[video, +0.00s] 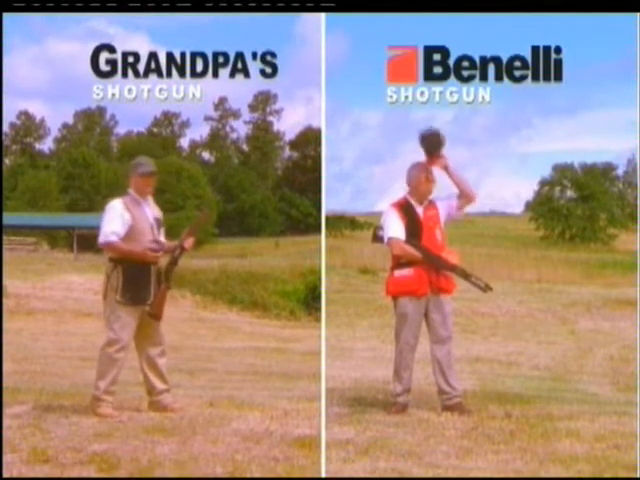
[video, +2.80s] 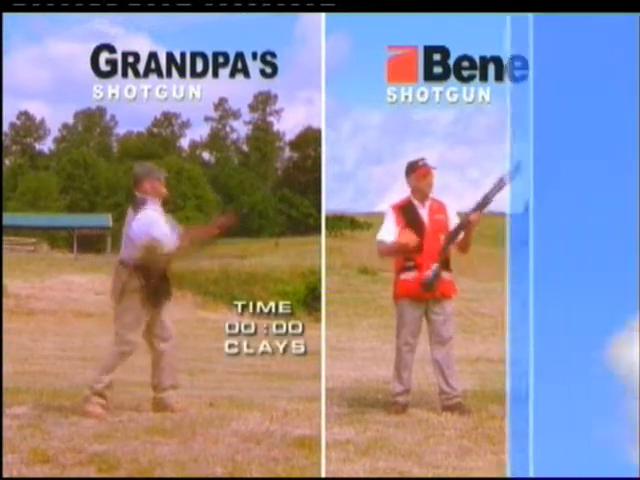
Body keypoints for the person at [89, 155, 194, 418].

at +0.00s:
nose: (149, 183)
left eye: (152, 178)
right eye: (144, 177)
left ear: (155, 180)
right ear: (132, 179)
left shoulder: (153, 210)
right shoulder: (117, 207)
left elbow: (157, 244)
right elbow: (107, 243)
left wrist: (178, 246)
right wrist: (142, 254)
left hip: (149, 279)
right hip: (123, 279)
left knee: (152, 342)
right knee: (118, 341)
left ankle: (159, 396)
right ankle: (102, 399)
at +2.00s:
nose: (152, 191)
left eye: (152, 185)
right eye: (147, 185)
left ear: (140, 189)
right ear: (131, 189)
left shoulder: (149, 216)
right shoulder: (117, 220)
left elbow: (160, 248)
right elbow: (117, 262)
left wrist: (181, 245)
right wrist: (139, 288)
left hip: (145, 282)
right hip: (121, 284)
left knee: (160, 340)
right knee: (120, 344)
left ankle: (162, 396)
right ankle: (93, 398)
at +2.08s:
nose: (152, 190)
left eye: (151, 185)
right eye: (146, 185)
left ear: (140, 190)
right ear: (131, 189)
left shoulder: (149, 216)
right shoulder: (116, 221)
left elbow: (159, 249)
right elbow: (113, 262)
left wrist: (180, 246)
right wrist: (125, 293)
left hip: (146, 281)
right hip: (122, 283)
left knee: (160, 339)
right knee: (121, 343)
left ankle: (163, 396)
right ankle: (92, 399)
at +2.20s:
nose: (152, 188)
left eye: (151, 183)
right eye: (146, 183)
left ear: (143, 188)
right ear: (130, 188)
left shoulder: (150, 214)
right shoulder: (115, 218)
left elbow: (158, 247)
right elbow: (98, 257)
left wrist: (179, 245)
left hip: (146, 279)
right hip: (120, 281)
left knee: (159, 339)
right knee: (119, 343)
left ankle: (162, 397)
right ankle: (92, 399)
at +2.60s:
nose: (173, 217)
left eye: (172, 211)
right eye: (169, 212)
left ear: (158, 216)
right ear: (154, 215)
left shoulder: (164, 239)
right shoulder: (136, 244)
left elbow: (161, 271)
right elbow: (110, 276)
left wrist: (186, 268)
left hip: (145, 296)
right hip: (122, 298)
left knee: (166, 341)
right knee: (134, 359)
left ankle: (163, 396)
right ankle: (94, 398)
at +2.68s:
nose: (170, 202)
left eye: (169, 197)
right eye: (165, 197)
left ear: (153, 202)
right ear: (151, 201)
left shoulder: (157, 225)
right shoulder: (145, 233)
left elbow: (156, 259)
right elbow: (136, 277)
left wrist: (182, 262)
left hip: (149, 297)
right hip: (132, 299)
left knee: (167, 342)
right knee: (133, 354)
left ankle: (165, 395)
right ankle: (96, 398)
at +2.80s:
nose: (164, 187)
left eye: (163, 182)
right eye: (160, 182)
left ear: (149, 187)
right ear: (145, 186)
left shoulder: (155, 213)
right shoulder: (145, 216)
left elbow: (179, 237)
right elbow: (167, 247)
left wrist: (212, 229)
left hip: (149, 276)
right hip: (131, 277)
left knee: (163, 338)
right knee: (127, 340)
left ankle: (164, 395)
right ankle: (95, 396)